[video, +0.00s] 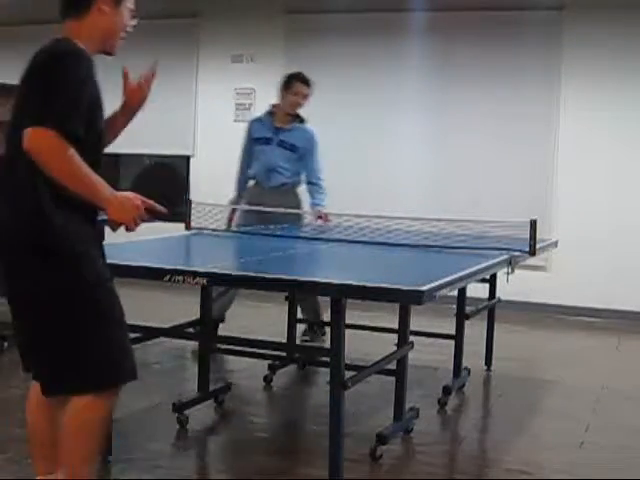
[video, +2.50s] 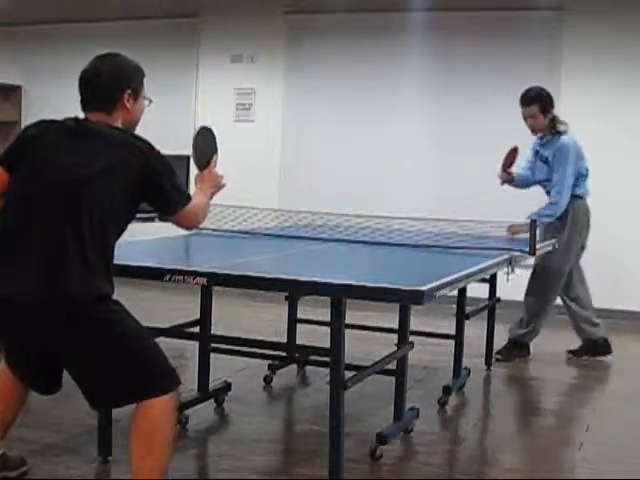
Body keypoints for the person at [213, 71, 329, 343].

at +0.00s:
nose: (300, 102)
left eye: (305, 98)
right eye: (297, 95)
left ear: (306, 101)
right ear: (283, 93)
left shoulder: (305, 135)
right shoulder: (256, 126)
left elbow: (313, 175)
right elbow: (244, 167)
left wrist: (319, 207)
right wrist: (236, 201)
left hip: (286, 196)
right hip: (255, 195)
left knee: (297, 260)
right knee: (236, 258)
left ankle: (315, 323)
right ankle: (211, 318)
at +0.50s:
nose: (356, 95)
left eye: (363, 95)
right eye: (356, 89)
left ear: (370, 103)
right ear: (348, 89)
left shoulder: (361, 136)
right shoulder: (329, 122)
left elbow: (362, 178)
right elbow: (317, 162)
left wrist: (350, 210)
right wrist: (298, 189)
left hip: (348, 191)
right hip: (329, 187)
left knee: (334, 252)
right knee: (334, 251)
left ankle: (316, 320)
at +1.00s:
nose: (393, 107)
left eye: (397, 102)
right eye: (390, 102)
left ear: (410, 100)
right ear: (387, 102)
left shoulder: (420, 131)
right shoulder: (402, 130)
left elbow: (429, 172)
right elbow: (409, 164)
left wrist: (396, 173)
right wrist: (396, 169)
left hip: (419, 193)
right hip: (406, 191)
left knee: (401, 252)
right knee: (405, 253)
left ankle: (395, 319)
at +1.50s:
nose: (458, 118)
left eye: (464, 112)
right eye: (454, 112)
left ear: (476, 112)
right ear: (449, 111)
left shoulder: (489, 147)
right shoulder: (449, 140)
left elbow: (496, 194)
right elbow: (452, 176)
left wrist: (470, 212)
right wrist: (452, 201)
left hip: (484, 217)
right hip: (457, 215)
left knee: (489, 281)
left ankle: (515, 339)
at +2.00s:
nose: (501, 124)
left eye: (506, 118)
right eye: (496, 118)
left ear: (519, 113)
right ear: (492, 114)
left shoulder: (538, 145)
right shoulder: (494, 137)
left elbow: (541, 192)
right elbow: (487, 167)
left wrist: (522, 222)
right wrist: (472, 180)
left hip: (534, 204)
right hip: (510, 200)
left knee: (526, 269)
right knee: (503, 265)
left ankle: (516, 338)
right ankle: (500, 331)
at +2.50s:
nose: (529, 123)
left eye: (534, 116)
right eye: (525, 118)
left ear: (549, 113)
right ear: (523, 117)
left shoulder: (565, 145)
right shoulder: (540, 145)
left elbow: (560, 199)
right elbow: (531, 178)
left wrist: (530, 223)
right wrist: (511, 178)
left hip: (573, 213)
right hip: (557, 212)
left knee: (546, 276)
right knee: (569, 277)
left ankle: (519, 341)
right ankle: (594, 339)